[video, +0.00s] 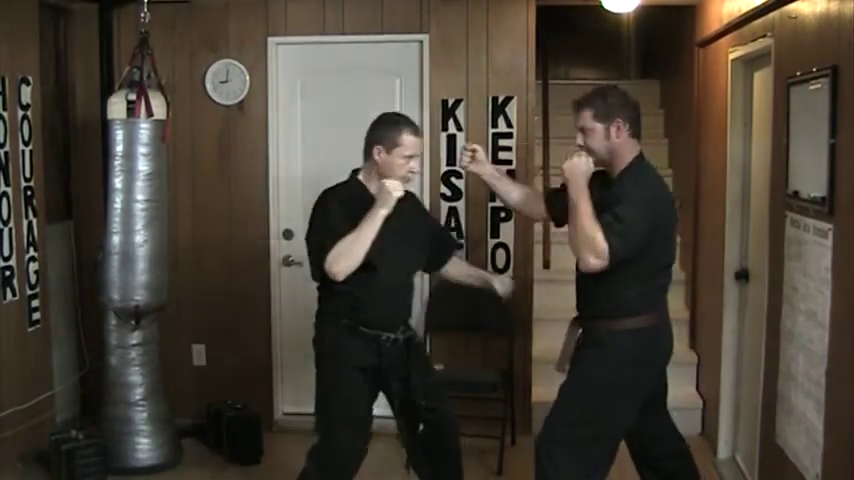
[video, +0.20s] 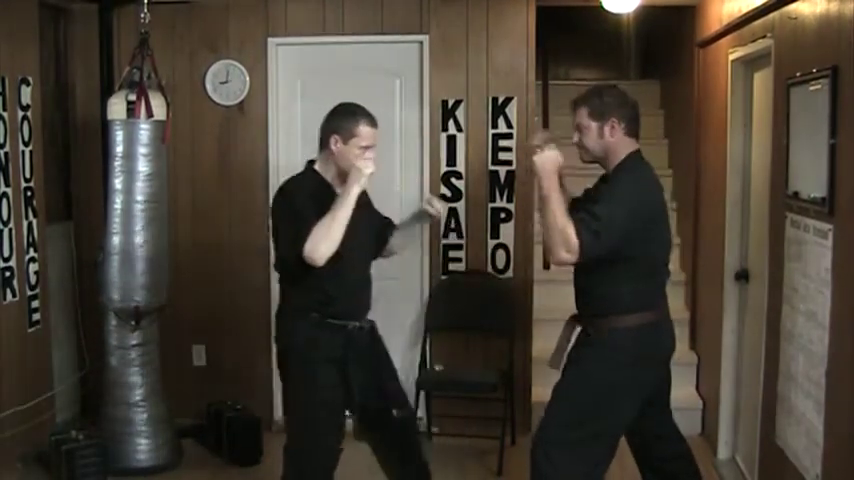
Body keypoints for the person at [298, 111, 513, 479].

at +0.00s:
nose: (415, 167)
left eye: (417, 158)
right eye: (407, 158)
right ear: (377, 154)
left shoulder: (408, 206)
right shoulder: (336, 202)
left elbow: (443, 261)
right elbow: (336, 267)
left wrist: (489, 279)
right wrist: (381, 209)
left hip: (400, 344)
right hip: (345, 344)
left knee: (437, 438)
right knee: (342, 448)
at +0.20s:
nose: (372, 158)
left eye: (373, 149)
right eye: (364, 148)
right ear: (334, 145)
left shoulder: (353, 194)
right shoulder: (295, 193)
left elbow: (382, 244)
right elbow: (315, 253)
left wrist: (422, 219)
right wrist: (353, 190)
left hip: (358, 336)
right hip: (310, 338)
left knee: (398, 434)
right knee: (315, 449)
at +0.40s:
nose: (348, 152)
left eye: (350, 144)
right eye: (341, 142)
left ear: (322, 139)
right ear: (311, 137)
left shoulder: (335, 186)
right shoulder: (273, 183)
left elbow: (373, 227)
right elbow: (292, 239)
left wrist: (390, 180)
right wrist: (322, 174)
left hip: (329, 328)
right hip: (283, 328)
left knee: (341, 427)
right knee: (294, 438)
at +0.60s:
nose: (336, 155)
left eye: (339, 146)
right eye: (329, 145)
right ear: (300, 139)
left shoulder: (325, 189)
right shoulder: (257, 182)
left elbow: (366, 229)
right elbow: (268, 239)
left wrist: (385, 183)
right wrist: (304, 176)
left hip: (302, 329)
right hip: (256, 327)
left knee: (306, 429)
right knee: (267, 431)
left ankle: (300, 475)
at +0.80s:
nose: (307, 159)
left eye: (310, 151)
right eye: (301, 149)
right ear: (273, 143)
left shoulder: (295, 192)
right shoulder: (233, 186)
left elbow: (332, 231)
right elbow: (255, 239)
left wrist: (349, 188)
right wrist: (285, 177)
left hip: (278, 330)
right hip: (230, 329)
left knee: (299, 430)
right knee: (217, 434)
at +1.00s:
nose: (273, 170)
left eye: (276, 162)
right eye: (268, 161)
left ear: (246, 158)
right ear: (240, 155)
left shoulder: (254, 201)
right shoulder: (199, 198)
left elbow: (287, 249)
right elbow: (232, 252)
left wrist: (308, 201)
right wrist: (258, 188)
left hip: (242, 344)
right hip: (194, 343)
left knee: (288, 431)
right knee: (165, 443)